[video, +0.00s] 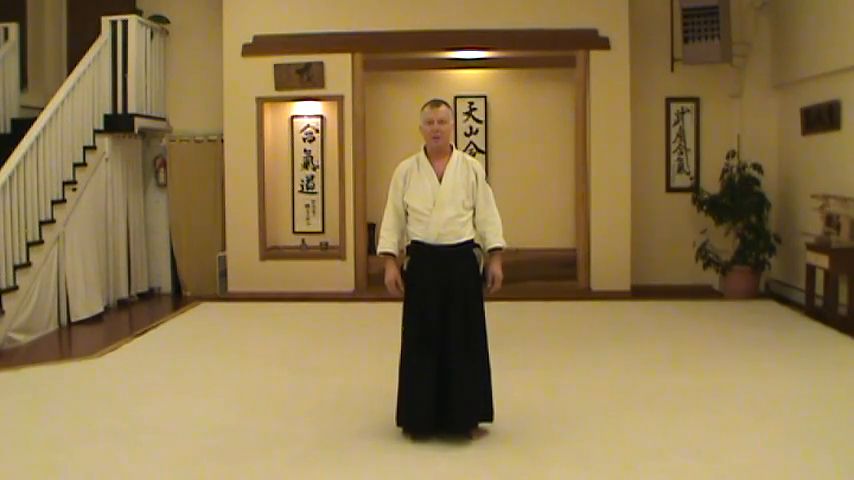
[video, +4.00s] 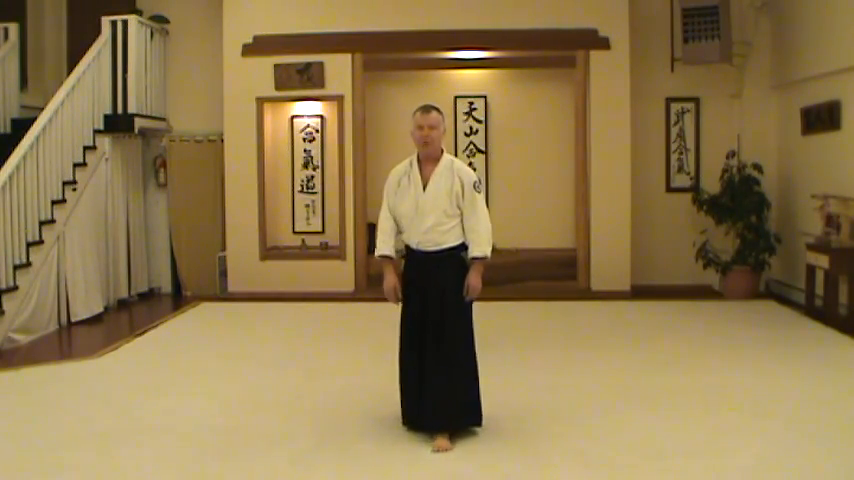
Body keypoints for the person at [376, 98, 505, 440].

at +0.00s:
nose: (436, 128)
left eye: (442, 122)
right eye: (429, 122)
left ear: (453, 126)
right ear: (420, 128)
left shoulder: (470, 167)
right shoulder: (406, 170)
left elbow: (486, 212)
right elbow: (393, 216)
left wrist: (494, 257)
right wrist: (390, 261)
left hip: (462, 260)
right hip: (422, 261)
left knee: (463, 337)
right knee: (422, 337)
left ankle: (463, 417)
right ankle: (420, 418)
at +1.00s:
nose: (427, 135)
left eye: (433, 129)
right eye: (421, 130)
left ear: (444, 130)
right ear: (412, 132)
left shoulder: (462, 167)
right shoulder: (398, 171)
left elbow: (479, 213)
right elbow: (385, 218)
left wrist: (486, 257)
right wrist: (383, 262)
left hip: (455, 261)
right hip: (415, 261)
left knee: (459, 336)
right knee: (416, 337)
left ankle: (463, 416)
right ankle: (416, 417)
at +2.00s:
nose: (409, 132)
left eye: (416, 125)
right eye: (403, 126)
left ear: (427, 128)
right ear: (395, 131)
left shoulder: (449, 166)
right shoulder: (384, 172)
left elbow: (466, 210)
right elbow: (374, 219)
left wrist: (474, 256)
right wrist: (372, 263)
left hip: (444, 261)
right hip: (405, 261)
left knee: (446, 338)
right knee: (405, 339)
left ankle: (451, 421)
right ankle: (408, 419)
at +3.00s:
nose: (421, 136)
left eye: (428, 129)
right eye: (416, 130)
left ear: (441, 131)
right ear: (409, 134)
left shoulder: (459, 170)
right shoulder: (400, 171)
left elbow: (475, 216)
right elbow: (387, 214)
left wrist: (476, 264)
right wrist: (403, 238)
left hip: (449, 261)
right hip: (414, 261)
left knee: (448, 338)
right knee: (417, 337)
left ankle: (449, 421)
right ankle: (422, 414)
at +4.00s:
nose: (426, 134)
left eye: (432, 128)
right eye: (420, 128)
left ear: (443, 131)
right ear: (412, 132)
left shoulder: (461, 173)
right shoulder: (399, 174)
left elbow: (477, 219)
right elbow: (387, 221)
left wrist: (476, 267)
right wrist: (388, 268)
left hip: (450, 264)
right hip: (416, 264)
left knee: (447, 341)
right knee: (419, 340)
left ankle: (444, 426)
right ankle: (424, 416)